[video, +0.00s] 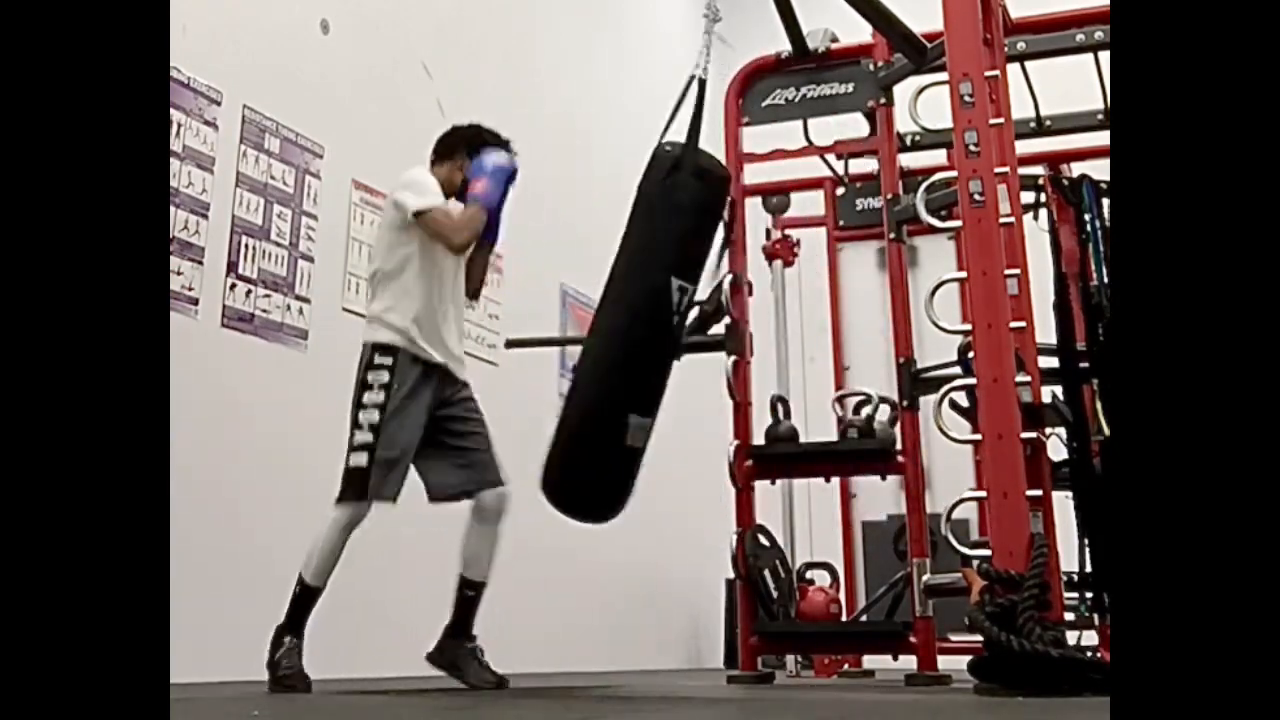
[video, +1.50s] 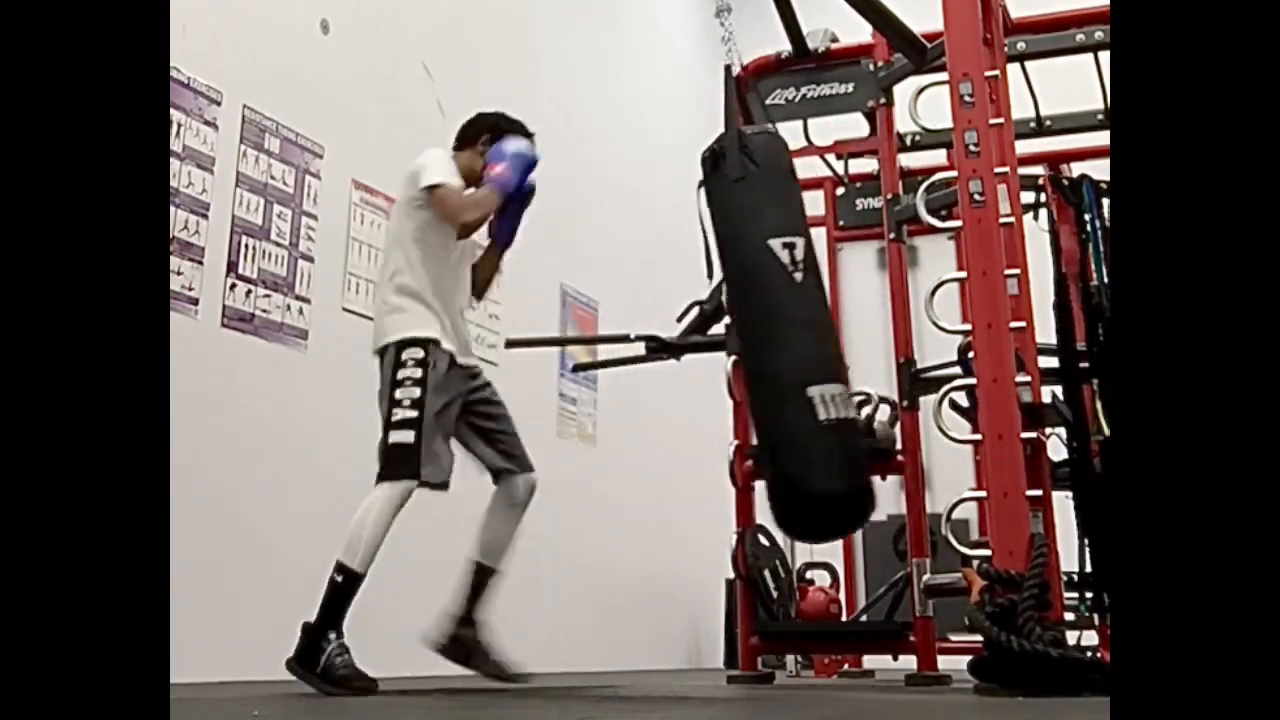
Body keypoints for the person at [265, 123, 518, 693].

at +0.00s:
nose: (478, 185)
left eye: (482, 179)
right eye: (477, 173)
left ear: (461, 173)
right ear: (453, 162)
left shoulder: (455, 215)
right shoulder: (414, 182)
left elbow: (471, 289)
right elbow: (455, 234)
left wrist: (491, 214)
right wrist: (485, 193)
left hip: (445, 370)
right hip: (394, 356)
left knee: (492, 499)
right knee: (356, 503)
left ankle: (457, 640)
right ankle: (288, 640)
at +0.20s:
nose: (561, 226)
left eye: (563, 218)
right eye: (558, 216)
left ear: (522, 204)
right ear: (535, 205)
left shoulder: (493, 269)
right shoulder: (500, 222)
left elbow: (493, 340)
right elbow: (572, 218)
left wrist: (528, 288)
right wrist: (625, 233)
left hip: (478, 396)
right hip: (452, 380)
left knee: (519, 518)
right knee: (402, 510)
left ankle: (524, 654)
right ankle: (296, 638)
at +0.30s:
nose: (551, 236)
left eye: (557, 230)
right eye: (549, 225)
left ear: (537, 225)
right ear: (523, 205)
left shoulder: (503, 278)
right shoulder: (490, 222)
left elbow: (514, 348)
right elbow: (547, 253)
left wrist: (550, 295)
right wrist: (585, 275)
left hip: (491, 402)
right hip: (453, 377)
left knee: (526, 519)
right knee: (398, 505)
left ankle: (525, 655)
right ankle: (313, 633)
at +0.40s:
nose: (515, 230)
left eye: (522, 226)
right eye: (514, 220)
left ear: (515, 229)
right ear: (489, 204)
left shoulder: (503, 268)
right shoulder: (448, 222)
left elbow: (537, 321)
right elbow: (441, 254)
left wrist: (542, 263)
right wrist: (499, 240)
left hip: (481, 401)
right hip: (435, 386)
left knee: (531, 518)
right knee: (401, 517)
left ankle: (527, 654)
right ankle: (334, 645)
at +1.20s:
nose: (503, 205)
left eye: (508, 198)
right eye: (499, 193)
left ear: (490, 201)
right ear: (471, 184)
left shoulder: (479, 246)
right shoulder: (436, 206)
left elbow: (513, 307)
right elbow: (461, 263)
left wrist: (524, 245)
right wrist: (494, 223)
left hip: (464, 388)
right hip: (424, 376)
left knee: (496, 514)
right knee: (403, 512)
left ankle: (502, 647)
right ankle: (333, 651)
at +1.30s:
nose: (492, 165)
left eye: (497, 160)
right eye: (490, 153)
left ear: (479, 151)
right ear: (467, 137)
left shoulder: (459, 203)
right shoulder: (425, 164)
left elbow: (464, 280)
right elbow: (437, 223)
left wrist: (498, 226)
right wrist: (482, 187)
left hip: (452, 350)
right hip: (413, 337)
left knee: (446, 493)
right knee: (404, 473)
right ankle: (329, 619)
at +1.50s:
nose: (502, 172)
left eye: (508, 166)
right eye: (503, 160)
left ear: (483, 156)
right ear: (480, 146)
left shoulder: (466, 212)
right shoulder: (435, 162)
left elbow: (477, 289)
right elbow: (461, 214)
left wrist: (507, 225)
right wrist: (503, 180)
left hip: (457, 352)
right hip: (414, 335)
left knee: (517, 482)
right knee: (399, 480)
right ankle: (320, 642)